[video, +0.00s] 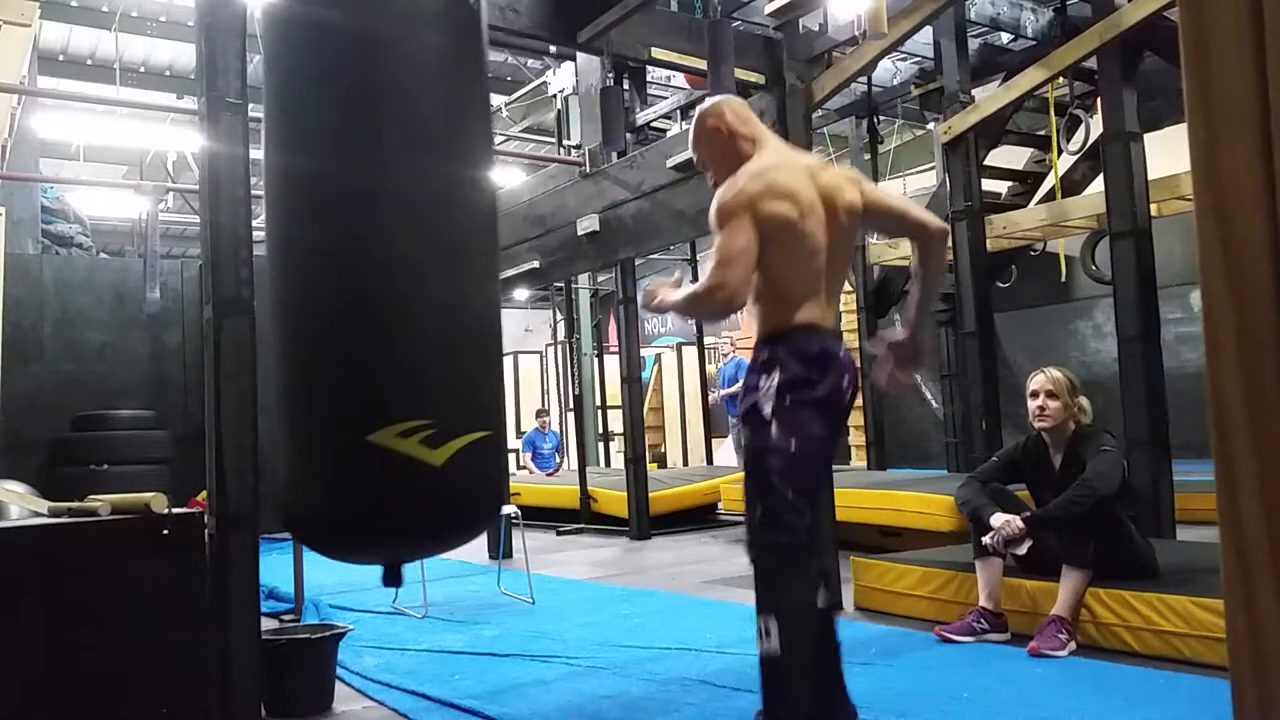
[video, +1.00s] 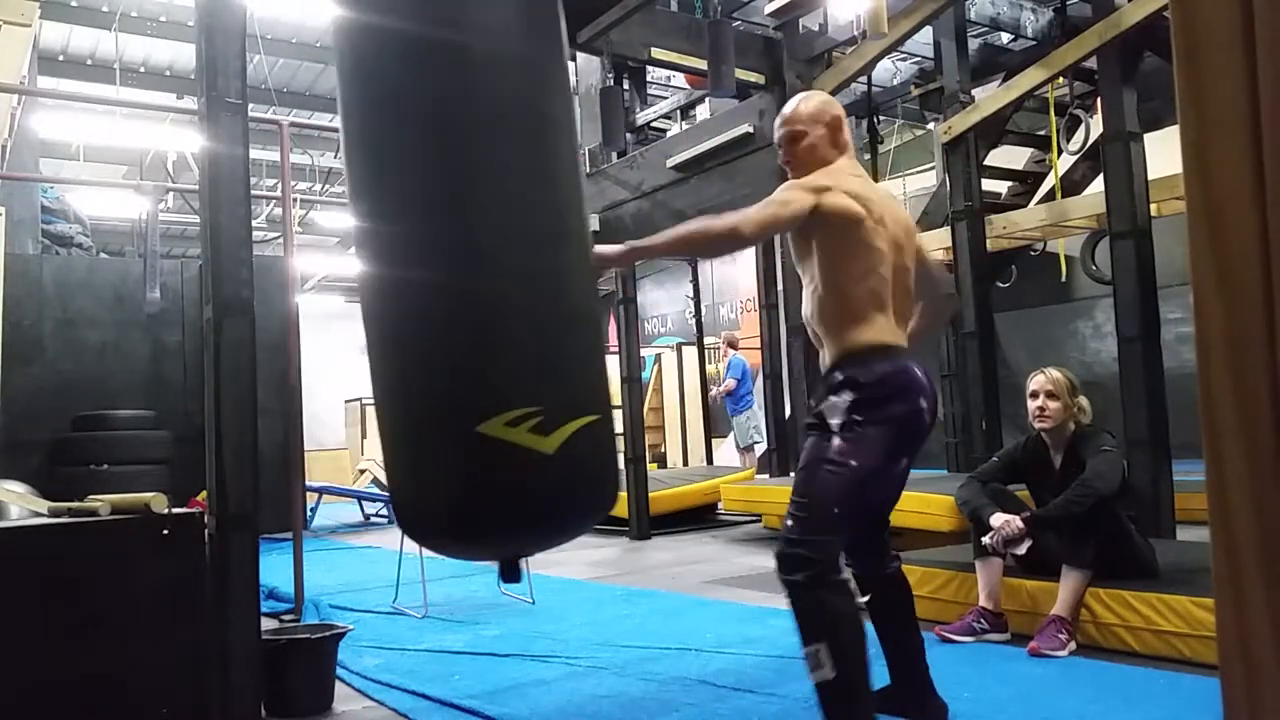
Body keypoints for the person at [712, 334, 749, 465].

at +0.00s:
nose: (722, 346)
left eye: (725, 344)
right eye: (720, 344)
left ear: (733, 346)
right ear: (719, 347)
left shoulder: (741, 362)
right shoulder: (721, 367)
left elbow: (743, 384)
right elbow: (721, 386)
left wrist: (722, 393)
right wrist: (716, 395)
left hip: (743, 413)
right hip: (731, 413)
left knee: (746, 446)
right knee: (737, 447)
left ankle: (749, 472)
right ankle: (741, 470)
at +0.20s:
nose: (724, 344)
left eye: (727, 341)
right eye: (723, 342)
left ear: (736, 344)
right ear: (721, 344)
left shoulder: (743, 360)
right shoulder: (725, 364)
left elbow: (743, 382)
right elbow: (726, 384)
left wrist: (720, 389)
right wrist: (717, 390)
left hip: (746, 410)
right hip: (731, 411)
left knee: (748, 446)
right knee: (736, 447)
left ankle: (755, 477)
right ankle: (742, 474)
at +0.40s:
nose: (723, 344)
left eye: (726, 342)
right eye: (722, 342)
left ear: (735, 343)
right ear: (722, 344)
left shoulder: (744, 360)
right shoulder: (729, 362)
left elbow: (741, 382)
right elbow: (729, 383)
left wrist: (719, 389)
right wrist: (718, 391)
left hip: (744, 410)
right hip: (732, 411)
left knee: (748, 447)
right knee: (736, 448)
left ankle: (752, 478)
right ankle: (741, 477)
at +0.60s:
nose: (721, 346)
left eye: (723, 343)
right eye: (721, 343)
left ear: (731, 343)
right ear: (729, 343)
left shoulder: (742, 360)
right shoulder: (730, 361)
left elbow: (737, 383)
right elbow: (730, 384)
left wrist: (718, 389)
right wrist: (719, 391)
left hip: (744, 410)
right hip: (732, 411)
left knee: (748, 448)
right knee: (737, 448)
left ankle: (751, 479)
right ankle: (741, 477)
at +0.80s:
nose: (721, 346)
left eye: (722, 343)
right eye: (721, 343)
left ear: (728, 344)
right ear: (730, 344)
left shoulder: (739, 360)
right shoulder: (731, 361)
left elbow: (733, 384)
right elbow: (728, 382)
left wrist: (718, 390)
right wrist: (719, 390)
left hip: (744, 411)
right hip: (735, 412)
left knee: (749, 448)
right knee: (739, 448)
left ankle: (751, 479)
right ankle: (743, 477)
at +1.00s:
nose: (720, 346)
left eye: (721, 343)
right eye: (720, 343)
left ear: (726, 344)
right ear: (732, 344)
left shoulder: (736, 360)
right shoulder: (731, 361)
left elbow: (730, 385)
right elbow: (727, 382)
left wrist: (718, 391)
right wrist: (719, 391)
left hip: (744, 410)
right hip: (736, 412)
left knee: (748, 448)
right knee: (741, 449)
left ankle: (751, 479)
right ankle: (743, 477)